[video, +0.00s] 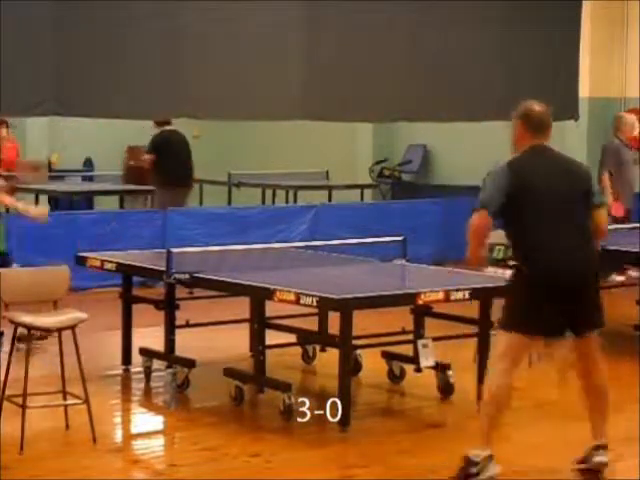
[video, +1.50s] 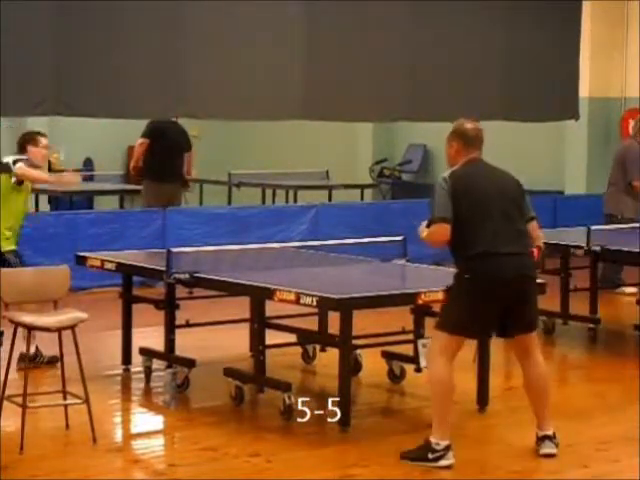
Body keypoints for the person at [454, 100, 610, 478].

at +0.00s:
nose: (512, 135)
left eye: (513, 130)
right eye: (515, 129)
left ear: (519, 130)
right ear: (549, 131)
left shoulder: (509, 171)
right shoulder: (578, 170)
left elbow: (479, 224)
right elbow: (601, 225)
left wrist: (475, 261)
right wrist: (577, 248)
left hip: (534, 278)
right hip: (581, 277)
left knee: (503, 364)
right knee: (591, 359)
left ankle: (483, 452)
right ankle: (600, 446)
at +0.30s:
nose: (579, 165)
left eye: (581, 160)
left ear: (583, 165)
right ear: (615, 168)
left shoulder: (560, 200)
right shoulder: (626, 206)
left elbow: (529, 254)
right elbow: (635, 259)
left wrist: (544, 282)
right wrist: (630, 287)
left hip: (564, 306)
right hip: (616, 306)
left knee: (528, 388)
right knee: (636, 374)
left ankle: (517, 470)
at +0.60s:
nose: (630, 131)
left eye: (631, 124)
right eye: (630, 125)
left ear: (633, 140)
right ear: (632, 139)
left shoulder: (621, 183)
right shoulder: (622, 182)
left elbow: (595, 233)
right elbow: (596, 233)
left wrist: (606, 260)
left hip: (611, 281)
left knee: (571, 366)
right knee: (570, 368)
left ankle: (541, 443)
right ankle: (540, 443)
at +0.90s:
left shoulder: (638, 168)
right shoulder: (635, 168)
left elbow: (617, 215)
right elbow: (618, 215)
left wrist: (631, 245)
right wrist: (631, 245)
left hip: (634, 269)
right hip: (632, 269)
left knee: (625, 357)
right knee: (624, 357)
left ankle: (603, 444)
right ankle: (602, 444)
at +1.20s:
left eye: (639, 126)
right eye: (639, 126)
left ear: (632, 127)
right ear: (633, 127)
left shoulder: (624, 145)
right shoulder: (630, 147)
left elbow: (628, 178)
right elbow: (634, 179)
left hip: (614, 202)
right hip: (622, 204)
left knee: (613, 243)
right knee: (618, 244)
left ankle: (609, 275)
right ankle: (613, 278)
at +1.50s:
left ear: (634, 130)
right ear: (638, 131)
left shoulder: (627, 147)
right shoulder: (632, 148)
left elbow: (629, 181)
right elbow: (634, 182)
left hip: (615, 205)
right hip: (623, 207)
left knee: (615, 245)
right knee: (618, 246)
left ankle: (611, 277)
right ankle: (612, 278)